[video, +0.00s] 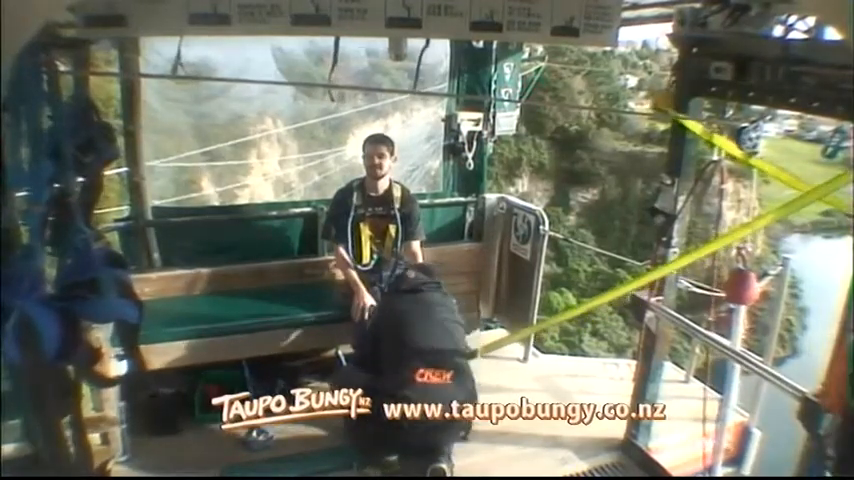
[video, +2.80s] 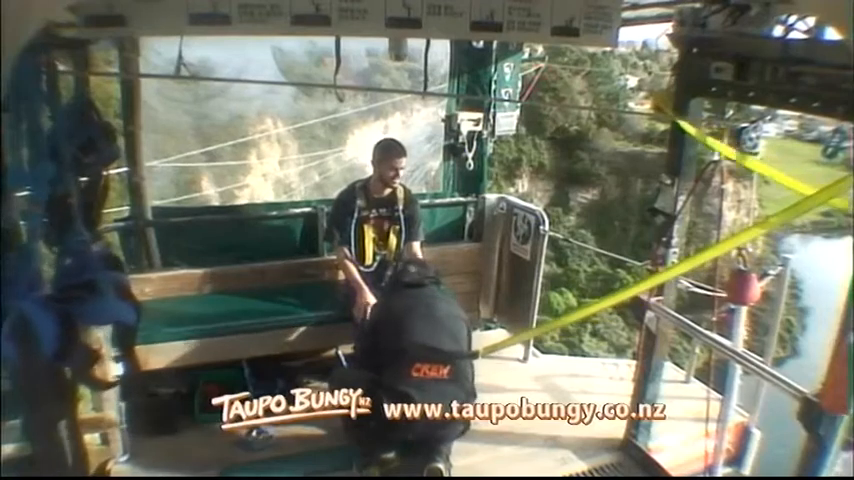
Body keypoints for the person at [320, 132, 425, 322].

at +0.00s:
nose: (374, 162)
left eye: (381, 156)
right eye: (369, 157)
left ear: (393, 159)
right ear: (363, 159)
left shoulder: (404, 198)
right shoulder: (346, 197)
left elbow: (413, 248)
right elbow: (339, 250)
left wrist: (420, 287)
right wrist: (359, 290)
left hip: (397, 280)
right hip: (361, 281)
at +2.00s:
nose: (396, 171)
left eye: (399, 165)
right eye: (390, 166)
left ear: (402, 164)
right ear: (372, 162)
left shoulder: (406, 199)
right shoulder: (347, 199)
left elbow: (414, 248)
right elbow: (341, 253)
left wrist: (416, 289)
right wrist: (361, 292)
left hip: (398, 283)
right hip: (361, 283)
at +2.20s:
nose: (396, 172)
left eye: (399, 166)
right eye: (390, 167)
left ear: (403, 165)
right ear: (373, 163)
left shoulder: (406, 198)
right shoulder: (348, 198)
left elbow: (414, 247)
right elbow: (341, 251)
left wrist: (417, 287)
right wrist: (361, 291)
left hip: (398, 281)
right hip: (362, 281)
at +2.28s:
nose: (396, 173)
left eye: (400, 167)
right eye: (390, 167)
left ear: (403, 165)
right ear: (373, 163)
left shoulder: (406, 199)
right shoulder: (348, 199)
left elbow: (414, 248)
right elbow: (340, 250)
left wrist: (420, 288)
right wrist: (361, 291)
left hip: (398, 284)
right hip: (363, 284)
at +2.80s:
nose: (398, 175)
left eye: (401, 169)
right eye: (393, 169)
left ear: (404, 165)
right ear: (375, 164)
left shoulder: (406, 199)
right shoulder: (349, 199)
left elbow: (414, 248)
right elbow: (341, 252)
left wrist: (422, 289)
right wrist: (362, 291)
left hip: (397, 284)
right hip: (361, 284)